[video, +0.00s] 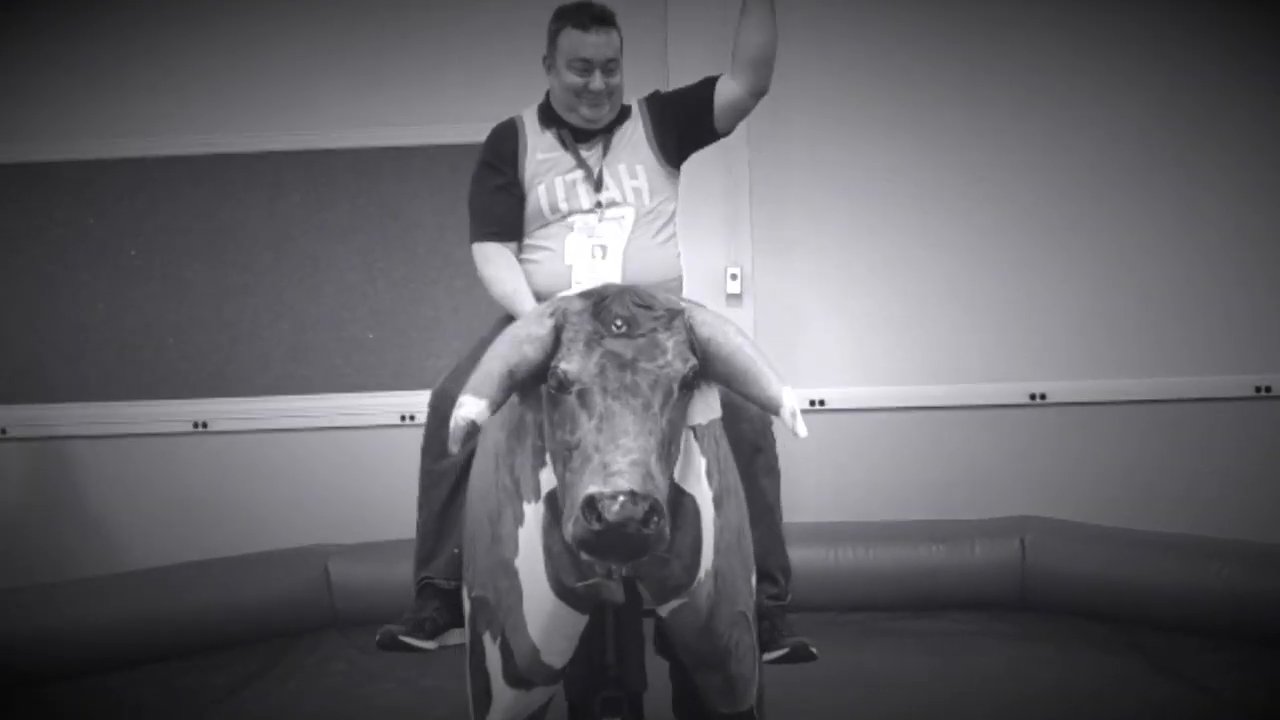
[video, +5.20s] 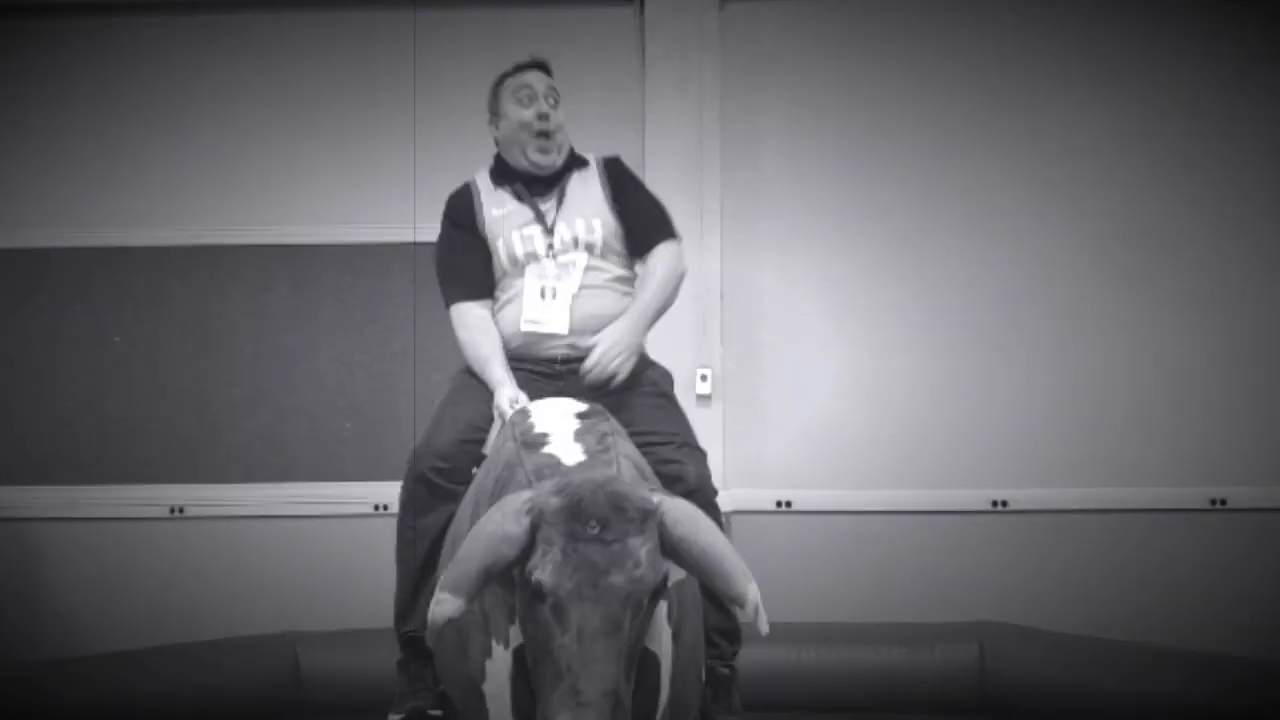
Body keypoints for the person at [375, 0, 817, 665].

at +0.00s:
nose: (596, 82)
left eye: (609, 67)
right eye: (580, 68)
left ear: (623, 66)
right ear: (548, 66)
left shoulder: (658, 122)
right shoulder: (513, 141)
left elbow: (748, 82)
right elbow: (492, 249)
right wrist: (536, 319)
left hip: (657, 312)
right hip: (548, 316)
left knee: (750, 419)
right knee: (450, 407)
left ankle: (767, 609)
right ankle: (440, 597)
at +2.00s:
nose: (517, 30)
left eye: (528, 16)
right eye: (496, 20)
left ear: (546, 28)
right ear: (466, 44)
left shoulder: (612, 91)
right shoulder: (467, 147)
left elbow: (700, 96)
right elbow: (487, 273)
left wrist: (743, 9)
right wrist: (521, 376)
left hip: (650, 331)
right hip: (528, 339)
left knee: (731, 484)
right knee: (431, 470)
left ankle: (741, 662)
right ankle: (421, 663)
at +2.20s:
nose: (510, 20)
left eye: (521, 9)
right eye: (487, 15)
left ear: (544, 30)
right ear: (462, 54)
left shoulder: (605, 95)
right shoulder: (465, 150)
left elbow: (690, 142)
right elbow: (485, 281)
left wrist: (783, 88)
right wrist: (522, 389)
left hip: (652, 338)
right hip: (529, 348)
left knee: (733, 501)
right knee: (432, 482)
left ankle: (732, 675)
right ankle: (426, 680)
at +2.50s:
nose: (503, 20)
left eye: (511, 11)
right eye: (479, 19)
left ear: (535, 32)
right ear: (458, 65)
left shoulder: (606, 99)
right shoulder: (463, 161)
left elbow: (690, 170)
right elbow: (484, 303)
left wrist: (800, 196)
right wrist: (521, 415)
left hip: (659, 362)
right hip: (528, 372)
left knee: (736, 535)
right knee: (429, 513)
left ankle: (739, 695)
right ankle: (424, 695)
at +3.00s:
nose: (498, 62)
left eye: (509, 42)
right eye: (472, 53)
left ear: (539, 58)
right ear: (451, 90)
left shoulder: (619, 120)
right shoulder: (452, 199)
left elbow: (704, 210)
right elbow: (474, 349)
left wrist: (752, 298)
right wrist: (514, 467)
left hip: (656, 413)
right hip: (516, 422)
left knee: (736, 589)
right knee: (415, 563)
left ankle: (750, 715)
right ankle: (408, 713)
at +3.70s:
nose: (513, 133)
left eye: (526, 111)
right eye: (490, 120)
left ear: (552, 118)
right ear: (469, 140)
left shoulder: (622, 181)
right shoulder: (454, 235)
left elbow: (704, 281)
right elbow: (468, 375)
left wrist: (675, 393)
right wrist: (514, 475)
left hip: (647, 437)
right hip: (518, 444)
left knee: (734, 592)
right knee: (412, 564)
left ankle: (748, 716)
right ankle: (405, 713)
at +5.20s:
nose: (545, 112)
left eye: (552, 100)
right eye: (525, 103)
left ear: (566, 116)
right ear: (496, 129)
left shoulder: (609, 178)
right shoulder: (472, 202)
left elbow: (666, 257)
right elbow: (468, 308)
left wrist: (630, 331)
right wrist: (502, 384)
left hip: (615, 363)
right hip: (508, 372)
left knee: (688, 480)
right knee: (432, 469)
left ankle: (716, 665)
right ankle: (420, 664)